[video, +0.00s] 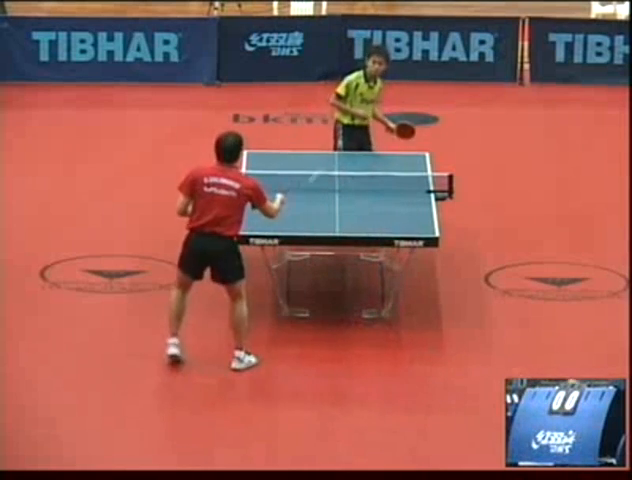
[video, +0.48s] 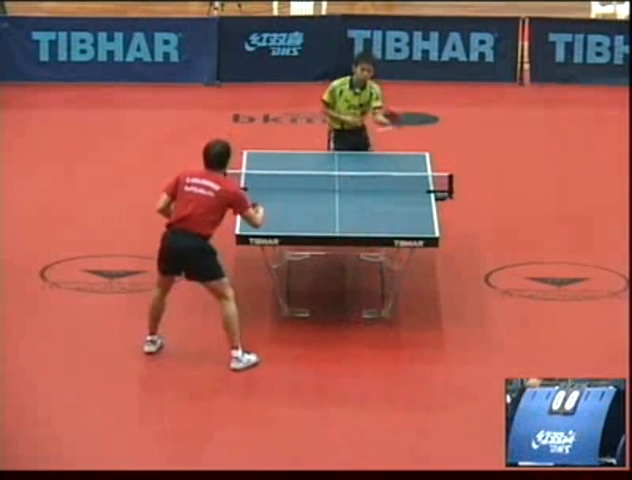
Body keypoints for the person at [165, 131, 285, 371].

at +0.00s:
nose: (242, 154)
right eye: (241, 151)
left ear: (216, 153)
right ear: (240, 155)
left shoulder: (198, 175)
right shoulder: (247, 184)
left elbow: (182, 209)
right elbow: (271, 212)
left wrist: (201, 208)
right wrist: (278, 202)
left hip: (196, 239)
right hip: (225, 243)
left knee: (181, 289)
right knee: (237, 297)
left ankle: (173, 340)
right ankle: (240, 352)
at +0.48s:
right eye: (228, 159)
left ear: (205, 159)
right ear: (227, 163)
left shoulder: (185, 177)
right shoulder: (230, 189)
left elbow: (162, 207)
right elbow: (255, 222)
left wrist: (178, 219)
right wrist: (259, 211)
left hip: (172, 239)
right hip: (198, 243)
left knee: (161, 289)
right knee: (226, 296)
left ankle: (151, 338)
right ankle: (237, 353)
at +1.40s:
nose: (226, 178)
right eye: (228, 175)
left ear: (205, 173)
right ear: (227, 177)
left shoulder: (187, 188)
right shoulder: (228, 200)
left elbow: (175, 210)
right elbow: (253, 236)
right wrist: (241, 237)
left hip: (168, 244)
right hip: (194, 250)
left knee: (162, 287)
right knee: (231, 298)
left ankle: (151, 337)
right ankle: (242, 355)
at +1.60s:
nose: (236, 187)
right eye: (237, 183)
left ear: (214, 179)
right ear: (236, 185)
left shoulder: (196, 192)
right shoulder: (238, 206)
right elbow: (268, 230)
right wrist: (257, 236)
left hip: (176, 249)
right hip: (203, 255)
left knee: (163, 288)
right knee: (243, 297)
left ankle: (151, 338)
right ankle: (246, 355)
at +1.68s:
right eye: (241, 177)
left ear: (220, 175)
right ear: (242, 179)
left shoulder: (201, 187)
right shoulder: (244, 202)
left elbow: (194, 204)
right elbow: (272, 219)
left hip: (180, 245)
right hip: (207, 252)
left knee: (164, 289)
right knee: (243, 297)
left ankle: (151, 338)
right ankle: (246, 355)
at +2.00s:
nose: (240, 167)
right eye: (240, 164)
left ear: (216, 164)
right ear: (238, 168)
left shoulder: (196, 181)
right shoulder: (238, 194)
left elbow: (181, 210)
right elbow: (269, 221)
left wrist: (203, 207)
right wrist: (275, 214)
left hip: (180, 241)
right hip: (206, 247)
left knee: (167, 287)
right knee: (238, 296)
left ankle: (152, 337)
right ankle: (245, 355)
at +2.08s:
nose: (240, 172)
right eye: (239, 169)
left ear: (216, 169)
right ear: (238, 172)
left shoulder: (198, 185)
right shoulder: (238, 197)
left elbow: (184, 203)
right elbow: (267, 229)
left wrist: (193, 221)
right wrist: (258, 229)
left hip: (178, 243)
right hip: (204, 248)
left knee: (166, 287)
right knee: (239, 296)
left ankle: (152, 337)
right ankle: (245, 355)